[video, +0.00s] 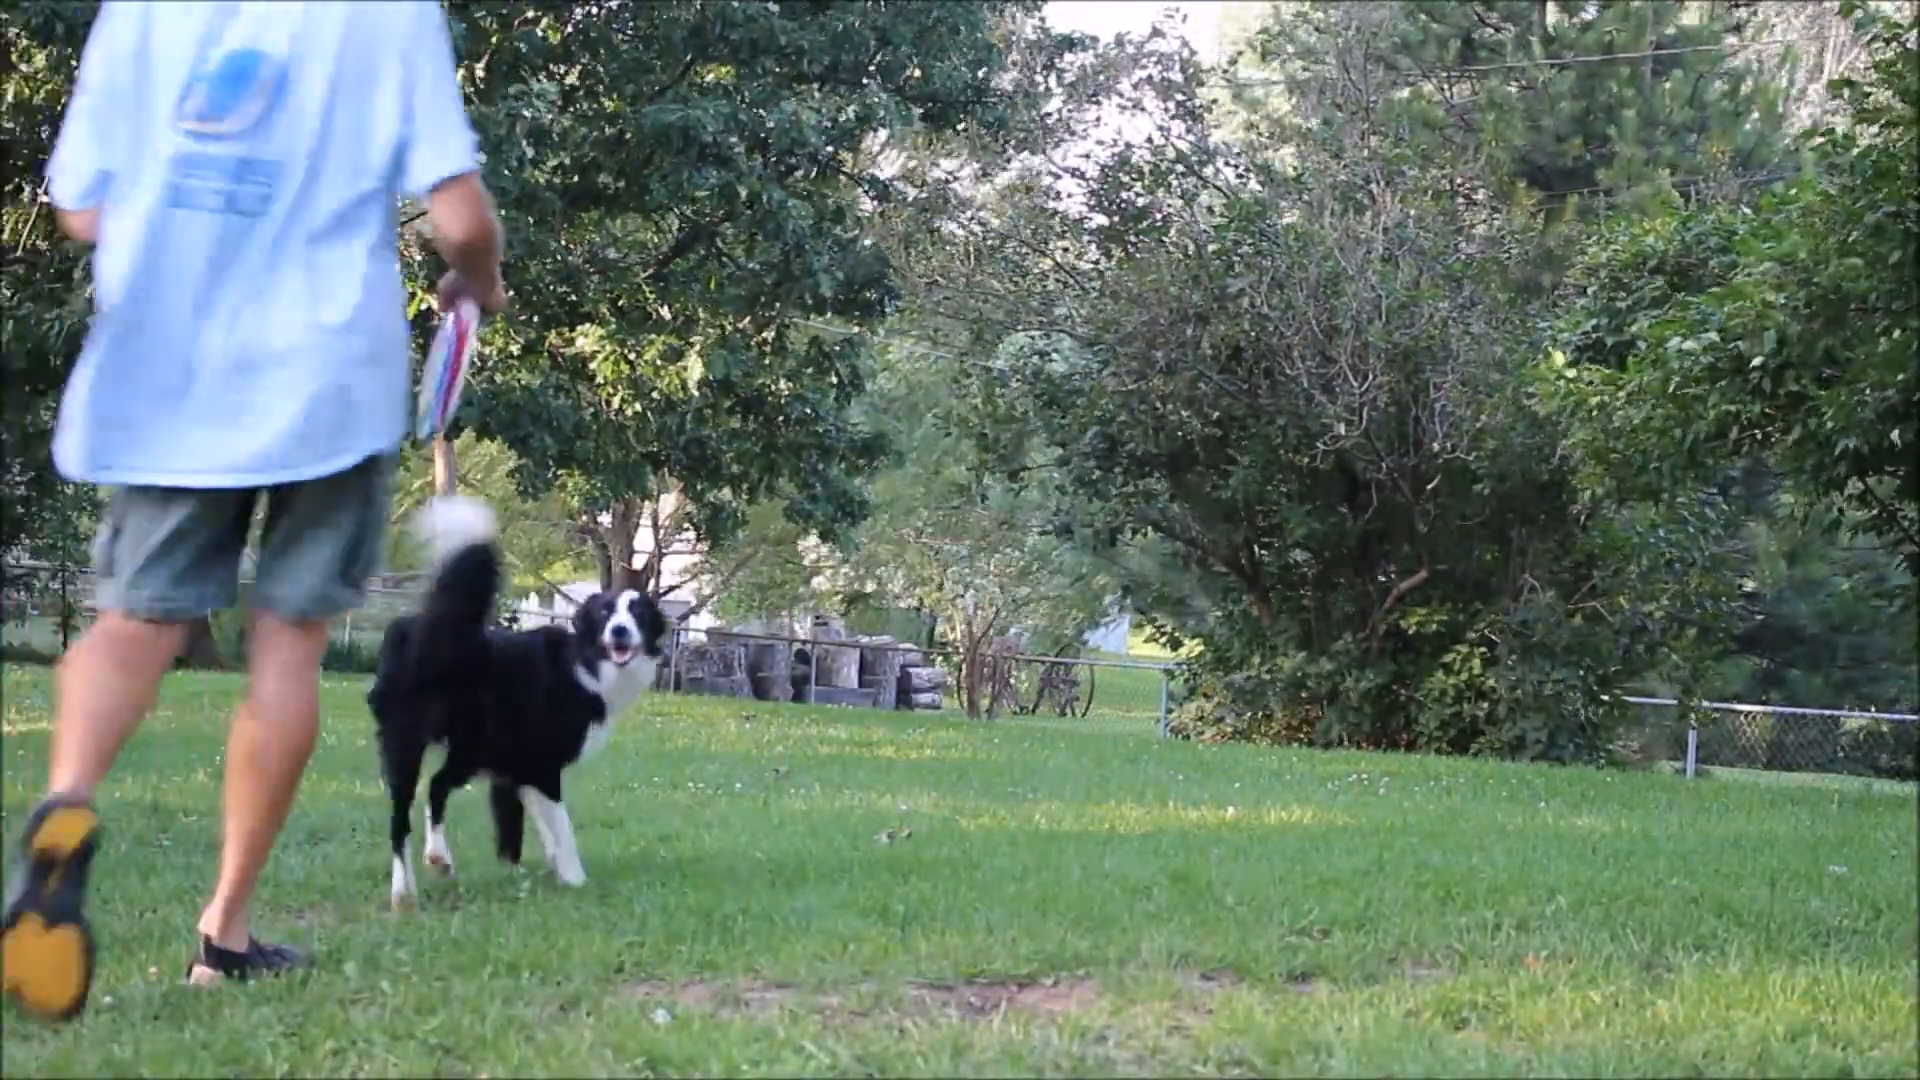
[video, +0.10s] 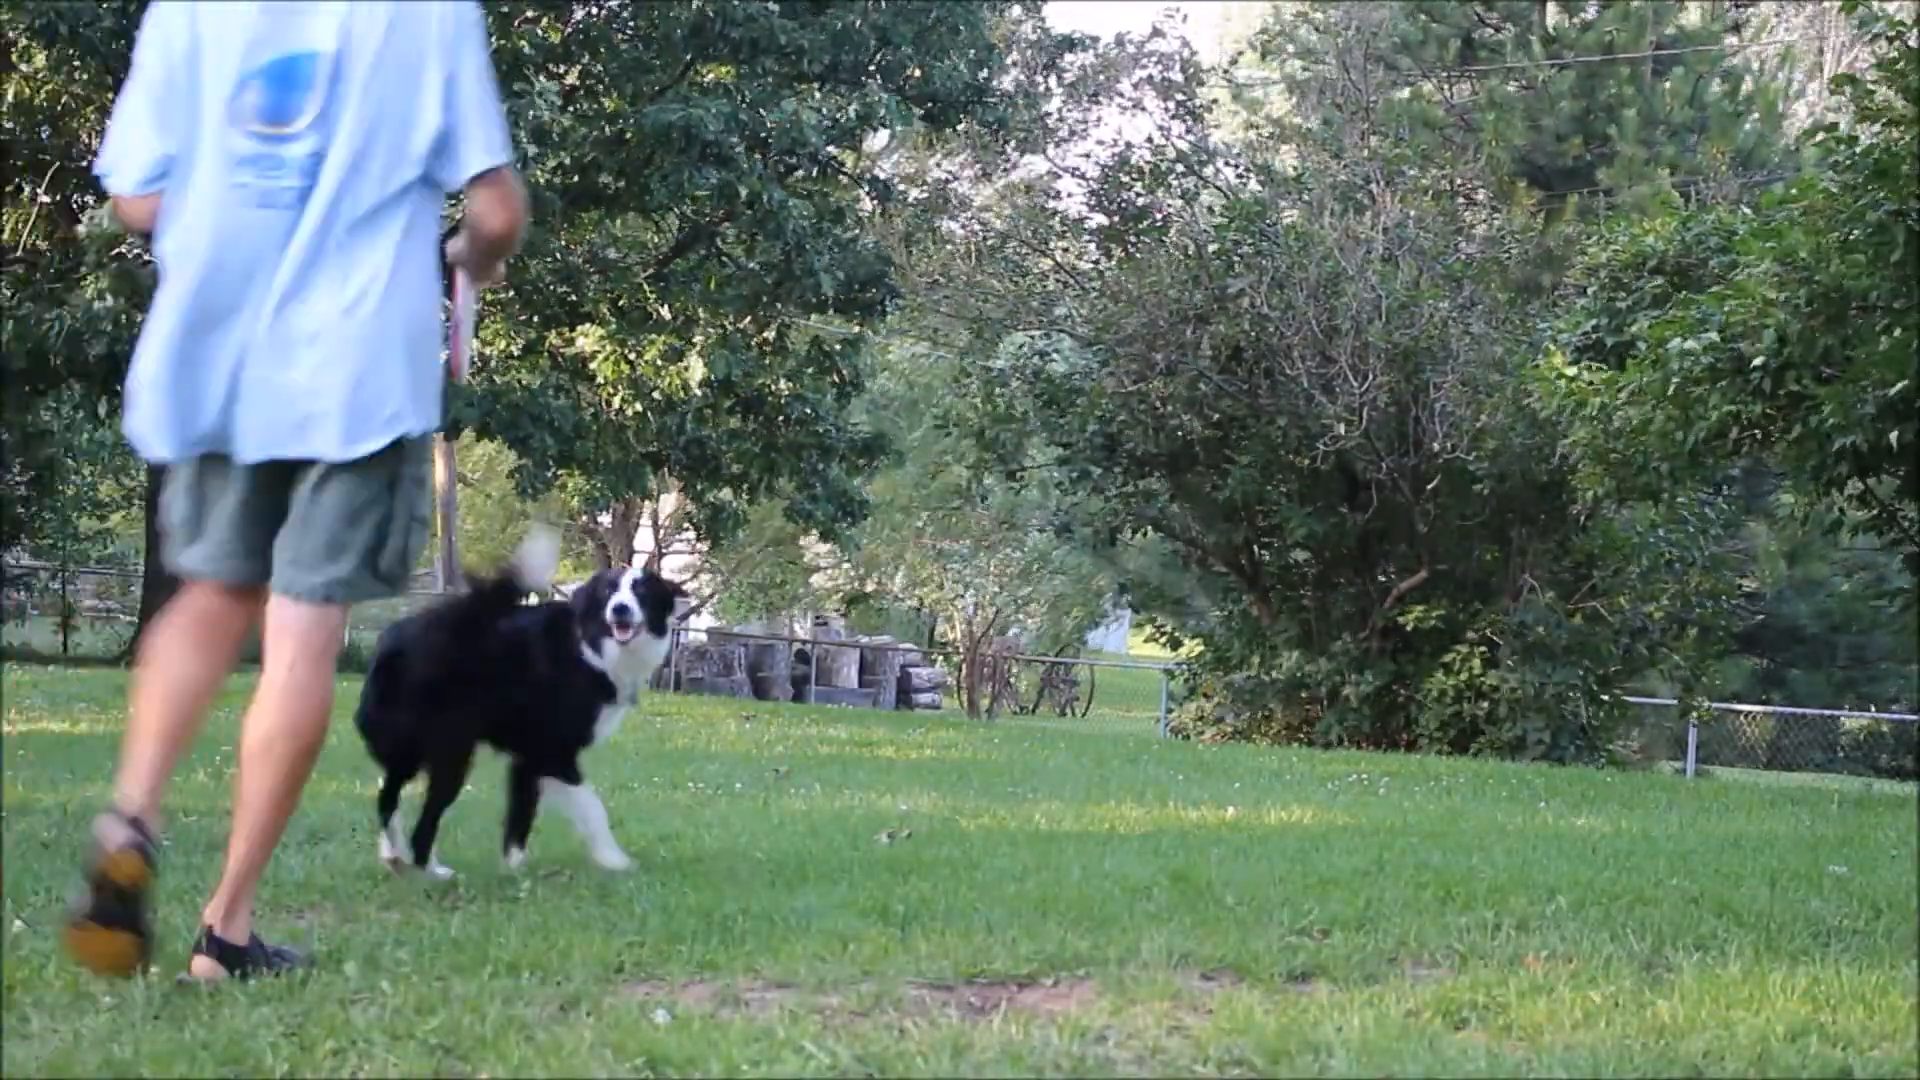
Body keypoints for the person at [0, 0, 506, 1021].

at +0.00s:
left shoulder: (141, 7)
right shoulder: (393, 12)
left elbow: (80, 211)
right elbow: (458, 219)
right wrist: (479, 276)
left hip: (167, 372)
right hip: (328, 378)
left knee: (137, 614)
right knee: (287, 646)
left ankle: (67, 797)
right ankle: (225, 930)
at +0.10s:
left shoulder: (188, 7)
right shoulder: (434, 10)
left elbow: (136, 199)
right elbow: (497, 213)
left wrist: (238, 238)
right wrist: (471, 263)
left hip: (210, 357)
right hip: (356, 368)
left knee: (208, 590)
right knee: (302, 647)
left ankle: (129, 816)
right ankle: (227, 929)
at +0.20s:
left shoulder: (234, 8)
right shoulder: (474, 10)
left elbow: (185, 191)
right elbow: (550, 197)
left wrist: (300, 211)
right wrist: (460, 234)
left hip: (257, 344)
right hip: (394, 349)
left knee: (274, 591)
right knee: (323, 620)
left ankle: (232, 876)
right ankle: (225, 920)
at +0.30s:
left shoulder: (286, 18)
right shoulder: (508, 20)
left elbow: (235, 213)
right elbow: (591, 218)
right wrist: (501, 241)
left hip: (302, 368)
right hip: (431, 367)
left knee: (347, 629)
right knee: (352, 636)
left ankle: (360, 879)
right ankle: (229, 904)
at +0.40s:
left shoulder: (321, 63)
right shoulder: (544, 55)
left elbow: (283, 254)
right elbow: (621, 249)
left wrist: (366, 294)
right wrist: (532, 301)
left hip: (354, 400)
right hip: (483, 399)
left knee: (381, 637)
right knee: (440, 656)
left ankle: (380, 887)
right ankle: (294, 843)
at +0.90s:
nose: (660, 13)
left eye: (660, 5)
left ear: (671, 7)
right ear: (753, 2)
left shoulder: (655, 97)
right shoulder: (830, 94)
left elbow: (661, 271)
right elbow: (871, 271)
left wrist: (607, 280)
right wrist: (776, 293)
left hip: (680, 408)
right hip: (807, 408)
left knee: (577, 605)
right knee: (770, 614)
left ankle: (477, 842)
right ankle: (825, 857)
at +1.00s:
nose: (724, 5)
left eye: (726, 2)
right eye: (730, 1)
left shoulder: (748, 74)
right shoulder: (879, 73)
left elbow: (763, 253)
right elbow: (900, 254)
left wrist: (671, 259)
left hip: (751, 388)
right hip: (857, 392)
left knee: (643, 571)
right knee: (797, 598)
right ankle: (829, 853)